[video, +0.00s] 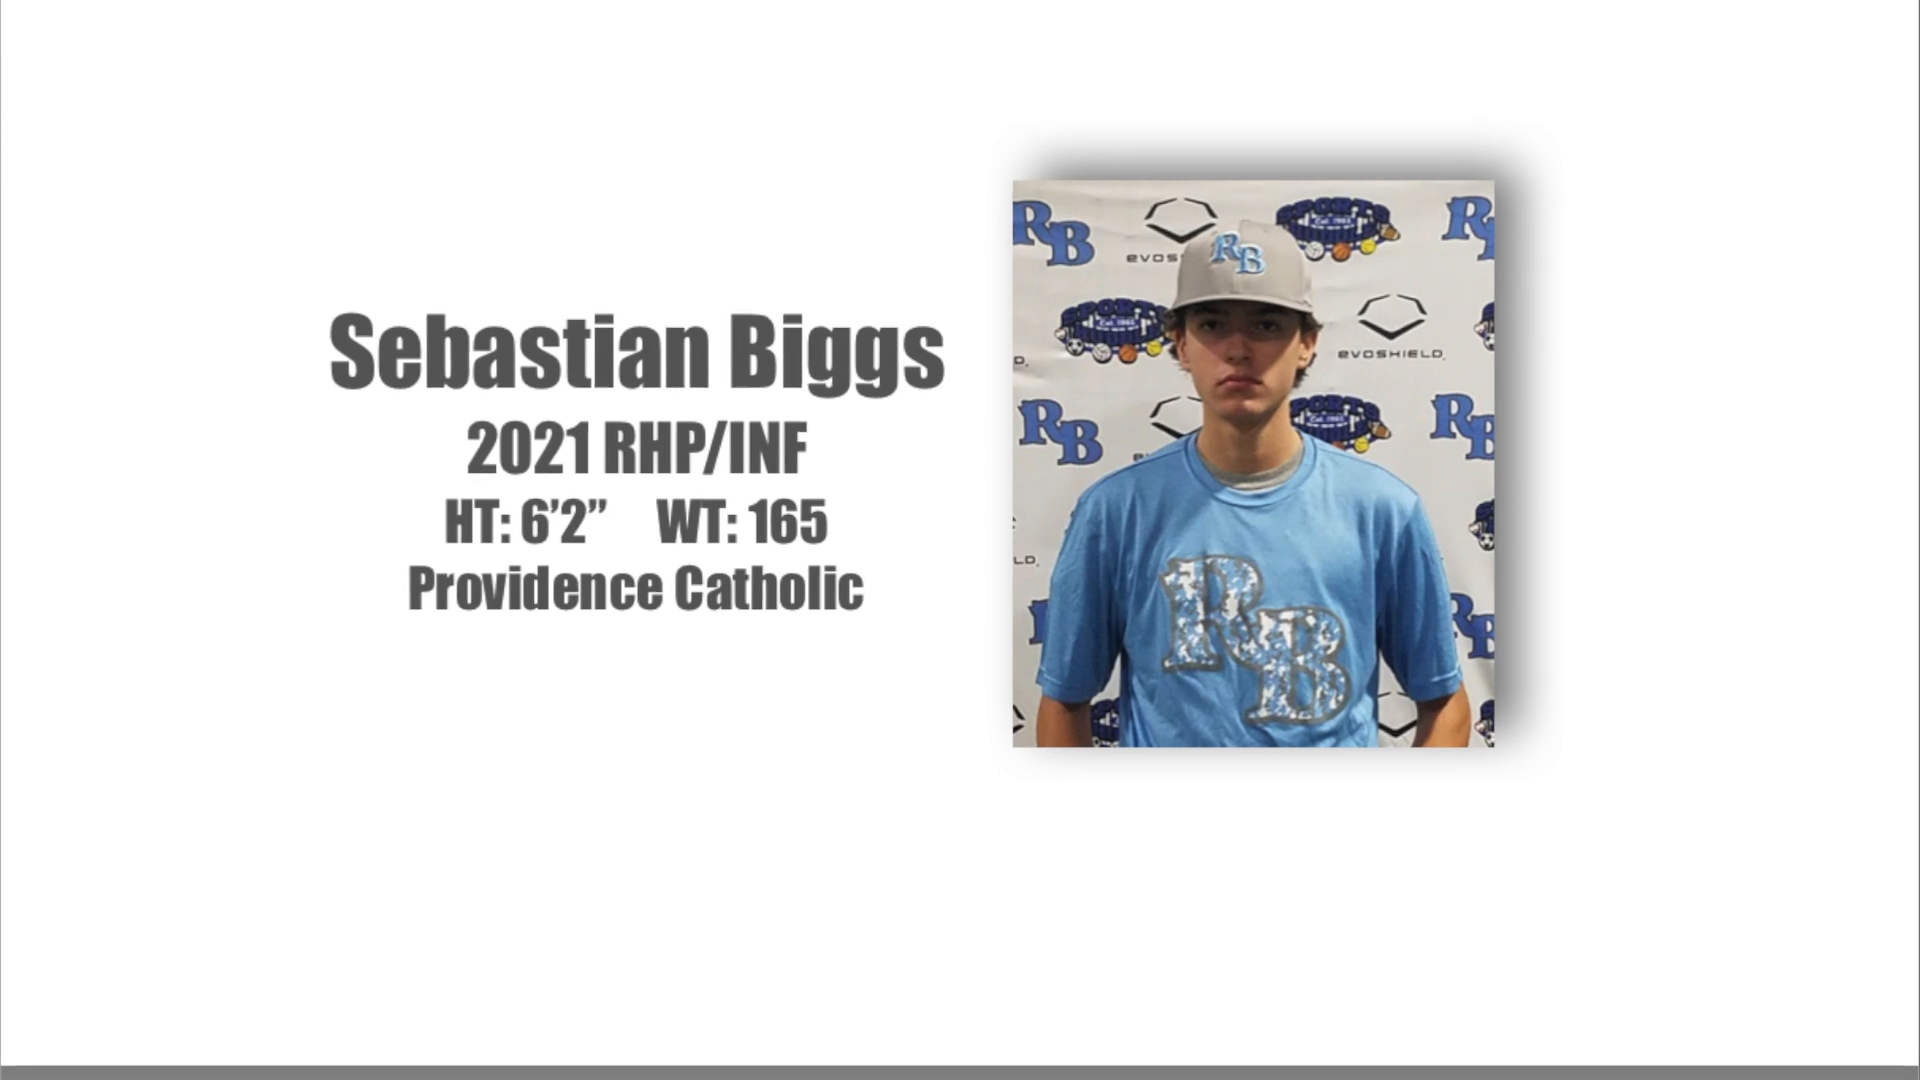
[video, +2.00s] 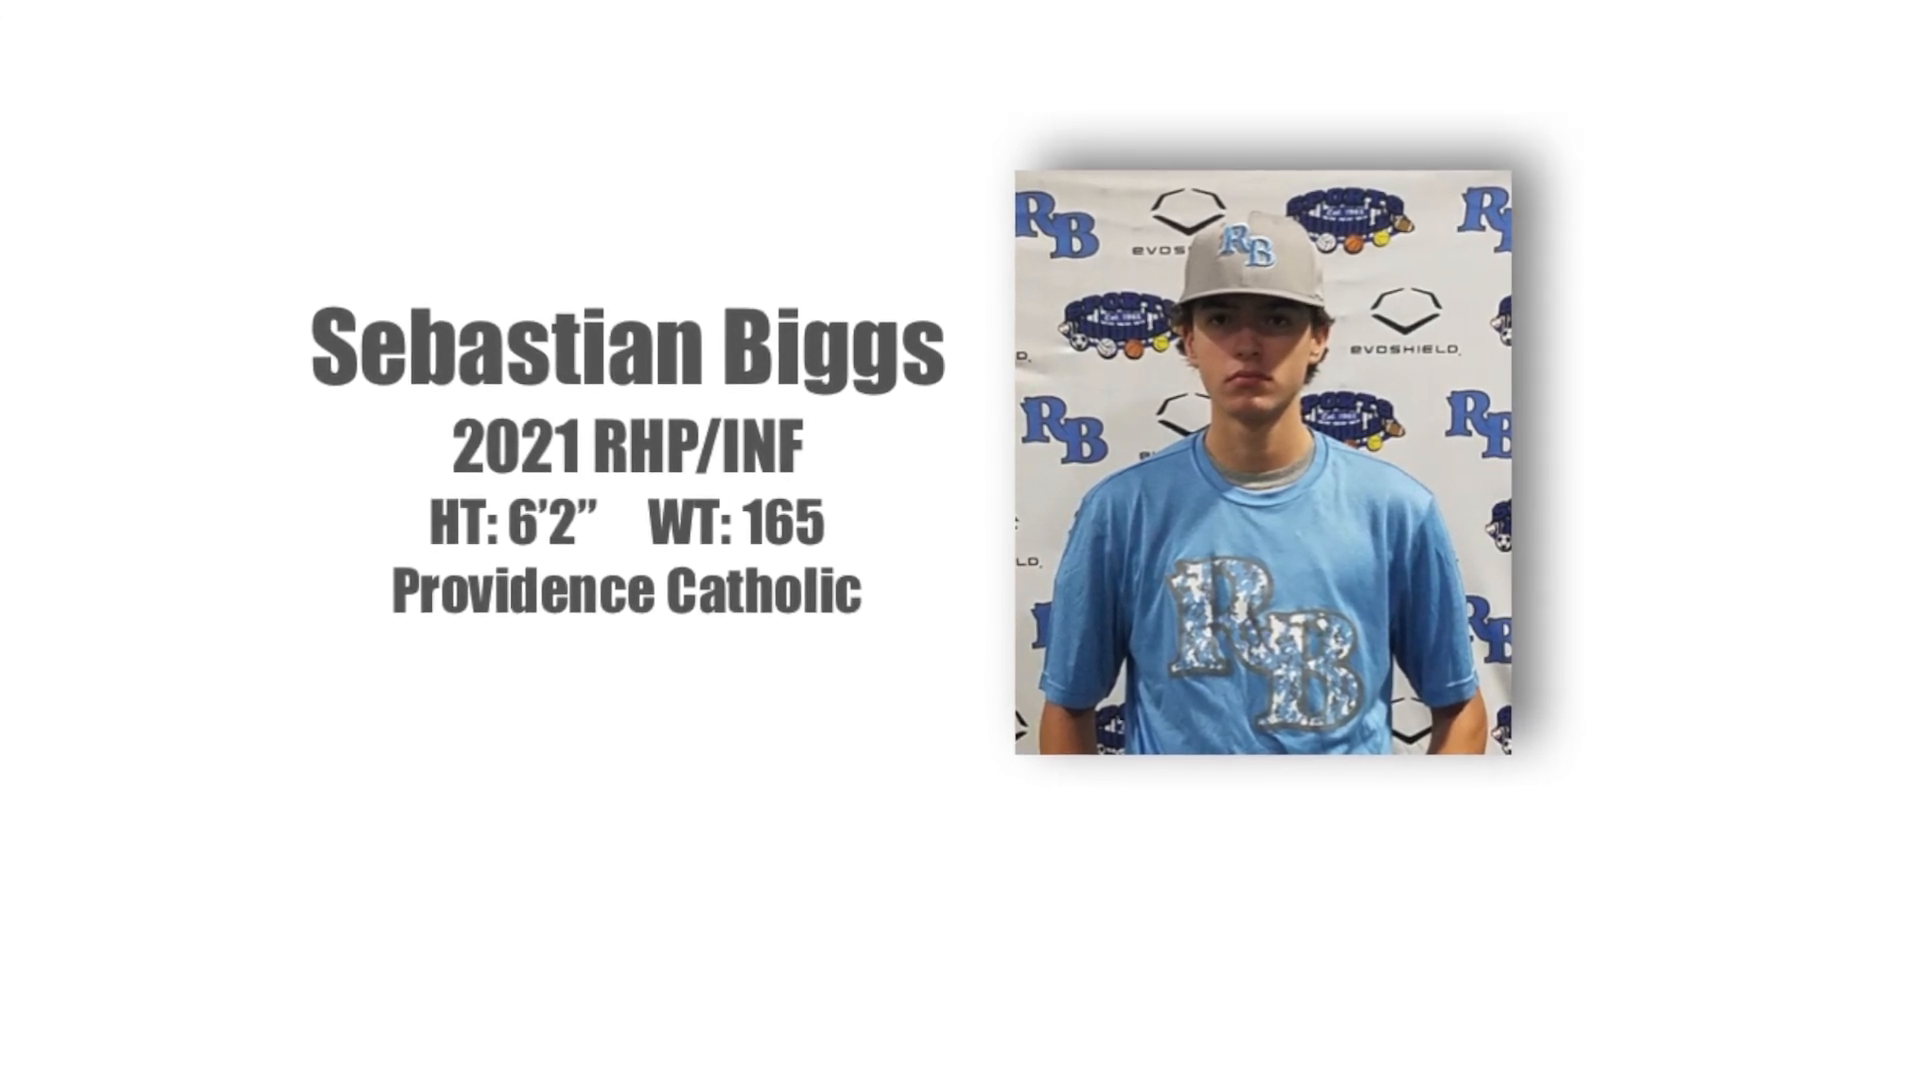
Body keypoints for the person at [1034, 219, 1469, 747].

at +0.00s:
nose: (1239, 349)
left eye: (1266, 325)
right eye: (1216, 325)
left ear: (1306, 345)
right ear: (1181, 345)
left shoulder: (1385, 511)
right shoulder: (1113, 513)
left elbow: (1446, 704)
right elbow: (1065, 705)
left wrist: (1407, 821)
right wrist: (1073, 824)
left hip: (1341, 820)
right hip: (1164, 819)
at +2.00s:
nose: (1248, 343)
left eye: (1276, 319)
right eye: (1223, 319)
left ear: (1317, 341)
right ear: (1189, 341)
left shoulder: (1398, 511)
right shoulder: (1118, 513)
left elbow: (1461, 710)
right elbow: (1068, 712)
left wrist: (1422, 829)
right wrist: (1079, 835)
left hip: (1354, 826)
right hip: (1172, 825)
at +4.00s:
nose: (1260, 337)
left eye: (1289, 312)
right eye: (1234, 312)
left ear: (1331, 334)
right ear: (1198, 335)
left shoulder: (1415, 511)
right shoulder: (1125, 514)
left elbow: (1482, 717)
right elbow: (1073, 720)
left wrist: (1440, 841)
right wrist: (1086, 847)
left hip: (1370, 837)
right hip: (1182, 837)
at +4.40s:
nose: (1209, 338)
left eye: (1237, 314)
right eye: (1186, 315)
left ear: (1278, 336)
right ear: (1151, 336)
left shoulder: (1357, 503)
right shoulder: (1082, 506)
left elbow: (1420, 700)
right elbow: (1032, 702)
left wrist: (1381, 819)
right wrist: (1042, 826)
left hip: (1314, 815)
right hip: (1135, 814)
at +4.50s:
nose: (1167, 340)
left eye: (1194, 317)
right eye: (1144, 317)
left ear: (1232, 337)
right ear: (1111, 337)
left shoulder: (1308, 497)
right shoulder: (1044, 501)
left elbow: (1367, 685)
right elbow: (998, 687)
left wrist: (1331, 800)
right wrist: (1007, 805)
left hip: (1266, 799)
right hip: (1096, 799)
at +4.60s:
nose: (1117, 342)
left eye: (1142, 320)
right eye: (1096, 320)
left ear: (1179, 339)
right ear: (1064, 339)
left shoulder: (1249, 491)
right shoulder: (1002, 494)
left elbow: (1306, 668)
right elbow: (958, 671)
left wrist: (1273, 776)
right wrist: (965, 782)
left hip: (1211, 775)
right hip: (1050, 776)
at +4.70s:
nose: (1064, 344)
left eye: (1087, 324)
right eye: (1044, 324)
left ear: (1121, 343)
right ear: (1014, 341)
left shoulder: (1188, 484)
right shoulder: (955, 486)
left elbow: (1240, 650)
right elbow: (914, 652)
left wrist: (1210, 753)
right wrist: (921, 757)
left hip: (1151, 752)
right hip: (1001, 752)